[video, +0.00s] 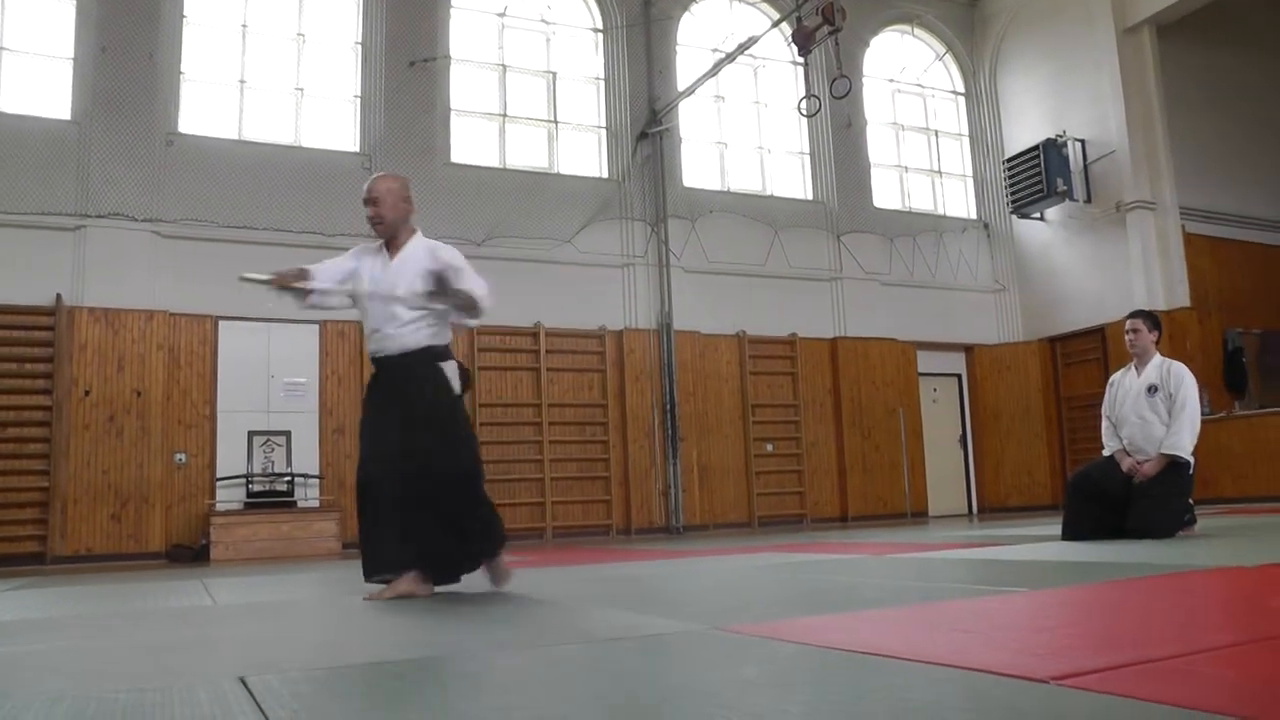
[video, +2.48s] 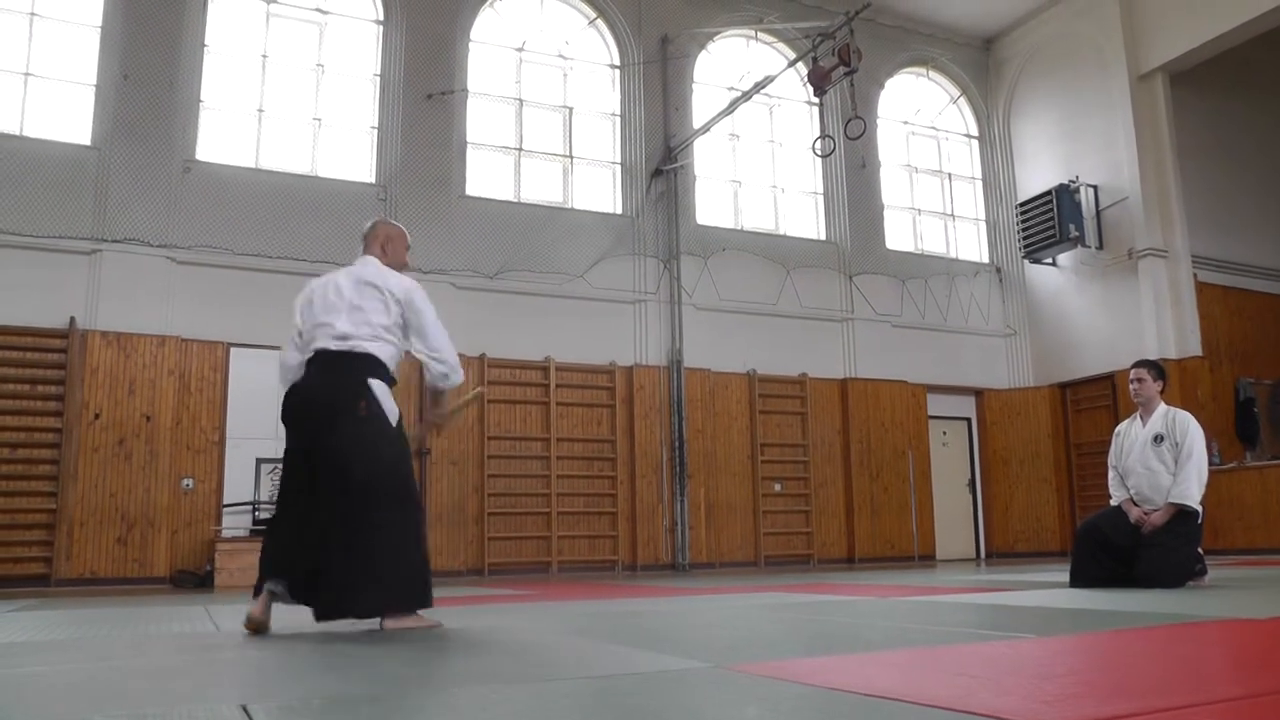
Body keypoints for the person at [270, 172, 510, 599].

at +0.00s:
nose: (369, 211)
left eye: (376, 203)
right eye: (366, 204)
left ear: (406, 205)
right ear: (370, 210)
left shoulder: (436, 254)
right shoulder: (362, 259)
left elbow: (479, 301)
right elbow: (323, 276)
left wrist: (451, 293)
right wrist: (296, 279)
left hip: (431, 376)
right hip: (386, 378)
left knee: (450, 469)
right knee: (382, 473)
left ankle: (488, 546)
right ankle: (412, 573)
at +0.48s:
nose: (290, 198)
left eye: (289, 191)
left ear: (292, 191)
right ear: (335, 192)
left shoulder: (274, 233)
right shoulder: (366, 235)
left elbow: (222, 269)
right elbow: (404, 274)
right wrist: (435, 276)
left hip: (307, 356)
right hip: (359, 354)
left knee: (273, 466)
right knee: (362, 461)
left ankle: (238, 588)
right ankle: (396, 568)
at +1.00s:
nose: (361, 252)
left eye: (357, 246)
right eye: (357, 246)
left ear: (315, 253)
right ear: (343, 247)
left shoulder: (290, 287)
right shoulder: (359, 272)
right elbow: (410, 311)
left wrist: (367, 341)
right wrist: (380, 337)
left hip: (277, 403)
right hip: (328, 401)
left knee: (272, 504)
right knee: (387, 489)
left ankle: (230, 579)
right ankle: (399, 590)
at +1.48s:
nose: (421, 362)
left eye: (423, 356)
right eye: (417, 351)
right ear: (389, 344)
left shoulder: (381, 408)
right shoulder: (366, 361)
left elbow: (383, 462)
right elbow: (345, 361)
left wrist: (422, 481)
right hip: (319, 470)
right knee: (407, 504)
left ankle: (245, 597)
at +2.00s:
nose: (424, 348)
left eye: (425, 342)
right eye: (416, 338)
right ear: (386, 341)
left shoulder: (387, 404)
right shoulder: (370, 364)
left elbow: (384, 458)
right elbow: (324, 370)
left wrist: (416, 480)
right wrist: (304, 379)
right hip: (328, 470)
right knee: (418, 506)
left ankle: (243, 599)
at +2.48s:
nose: (409, 259)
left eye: (409, 250)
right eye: (405, 249)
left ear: (371, 244)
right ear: (383, 244)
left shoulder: (317, 286)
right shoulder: (401, 286)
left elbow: (291, 358)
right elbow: (446, 367)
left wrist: (297, 405)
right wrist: (436, 407)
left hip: (306, 390)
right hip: (362, 389)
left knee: (297, 493)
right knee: (395, 496)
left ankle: (265, 596)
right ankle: (399, 609)